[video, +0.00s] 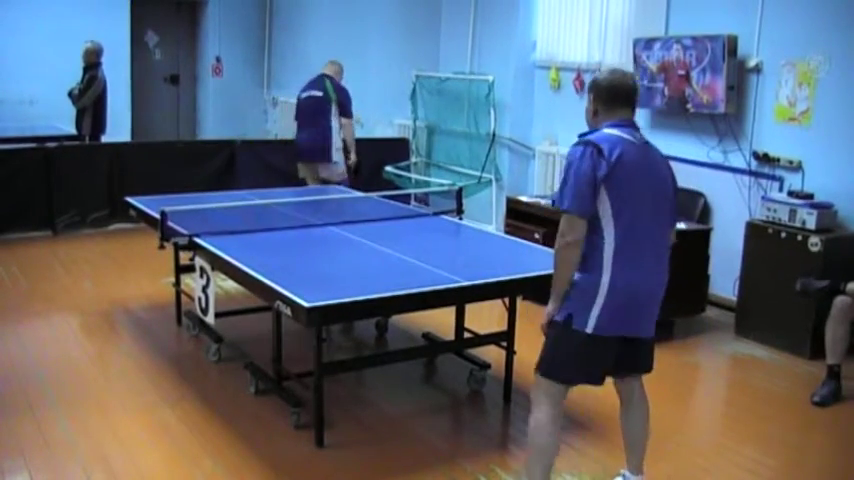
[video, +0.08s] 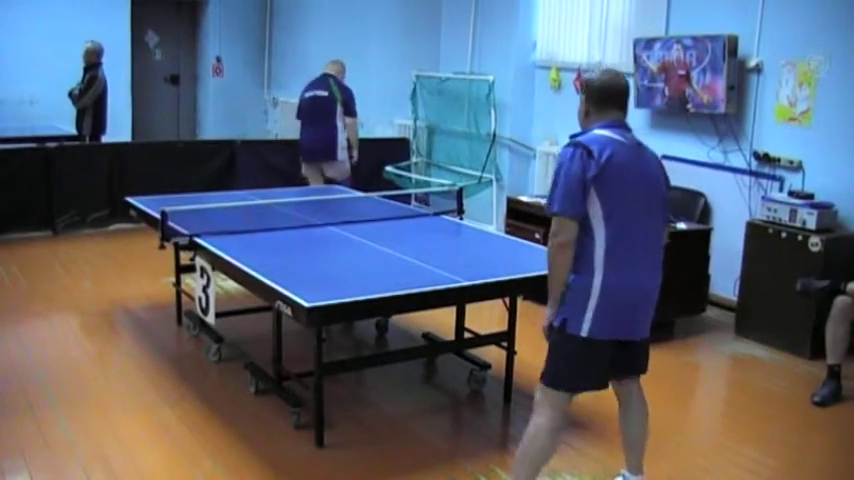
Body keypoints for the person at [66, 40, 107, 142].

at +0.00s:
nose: (84, 56)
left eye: (87, 53)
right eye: (84, 52)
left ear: (95, 55)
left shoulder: (95, 76)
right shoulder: (88, 73)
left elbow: (81, 102)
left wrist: (74, 91)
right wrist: (76, 92)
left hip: (92, 128)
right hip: (85, 126)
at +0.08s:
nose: (84, 56)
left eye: (88, 53)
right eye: (85, 52)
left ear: (95, 55)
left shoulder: (96, 76)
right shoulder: (88, 74)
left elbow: (81, 101)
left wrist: (74, 92)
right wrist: (76, 93)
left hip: (92, 128)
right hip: (85, 127)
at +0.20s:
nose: (84, 56)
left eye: (88, 53)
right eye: (85, 52)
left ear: (95, 55)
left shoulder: (96, 76)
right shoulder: (88, 73)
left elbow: (81, 101)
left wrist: (74, 92)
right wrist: (76, 93)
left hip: (92, 128)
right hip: (85, 127)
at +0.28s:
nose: (84, 56)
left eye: (88, 53)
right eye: (85, 52)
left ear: (95, 55)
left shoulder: (96, 76)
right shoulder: (88, 73)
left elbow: (81, 101)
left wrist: (74, 92)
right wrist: (76, 93)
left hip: (92, 128)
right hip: (85, 127)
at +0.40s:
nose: (85, 57)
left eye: (89, 54)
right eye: (85, 53)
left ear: (97, 56)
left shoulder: (96, 76)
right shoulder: (88, 73)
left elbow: (81, 101)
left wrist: (74, 91)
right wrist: (76, 92)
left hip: (92, 128)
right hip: (85, 127)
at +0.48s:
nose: (85, 57)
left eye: (89, 54)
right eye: (85, 53)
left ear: (98, 56)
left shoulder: (96, 76)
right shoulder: (88, 74)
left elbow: (81, 101)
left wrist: (74, 91)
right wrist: (76, 92)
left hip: (92, 128)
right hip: (85, 127)